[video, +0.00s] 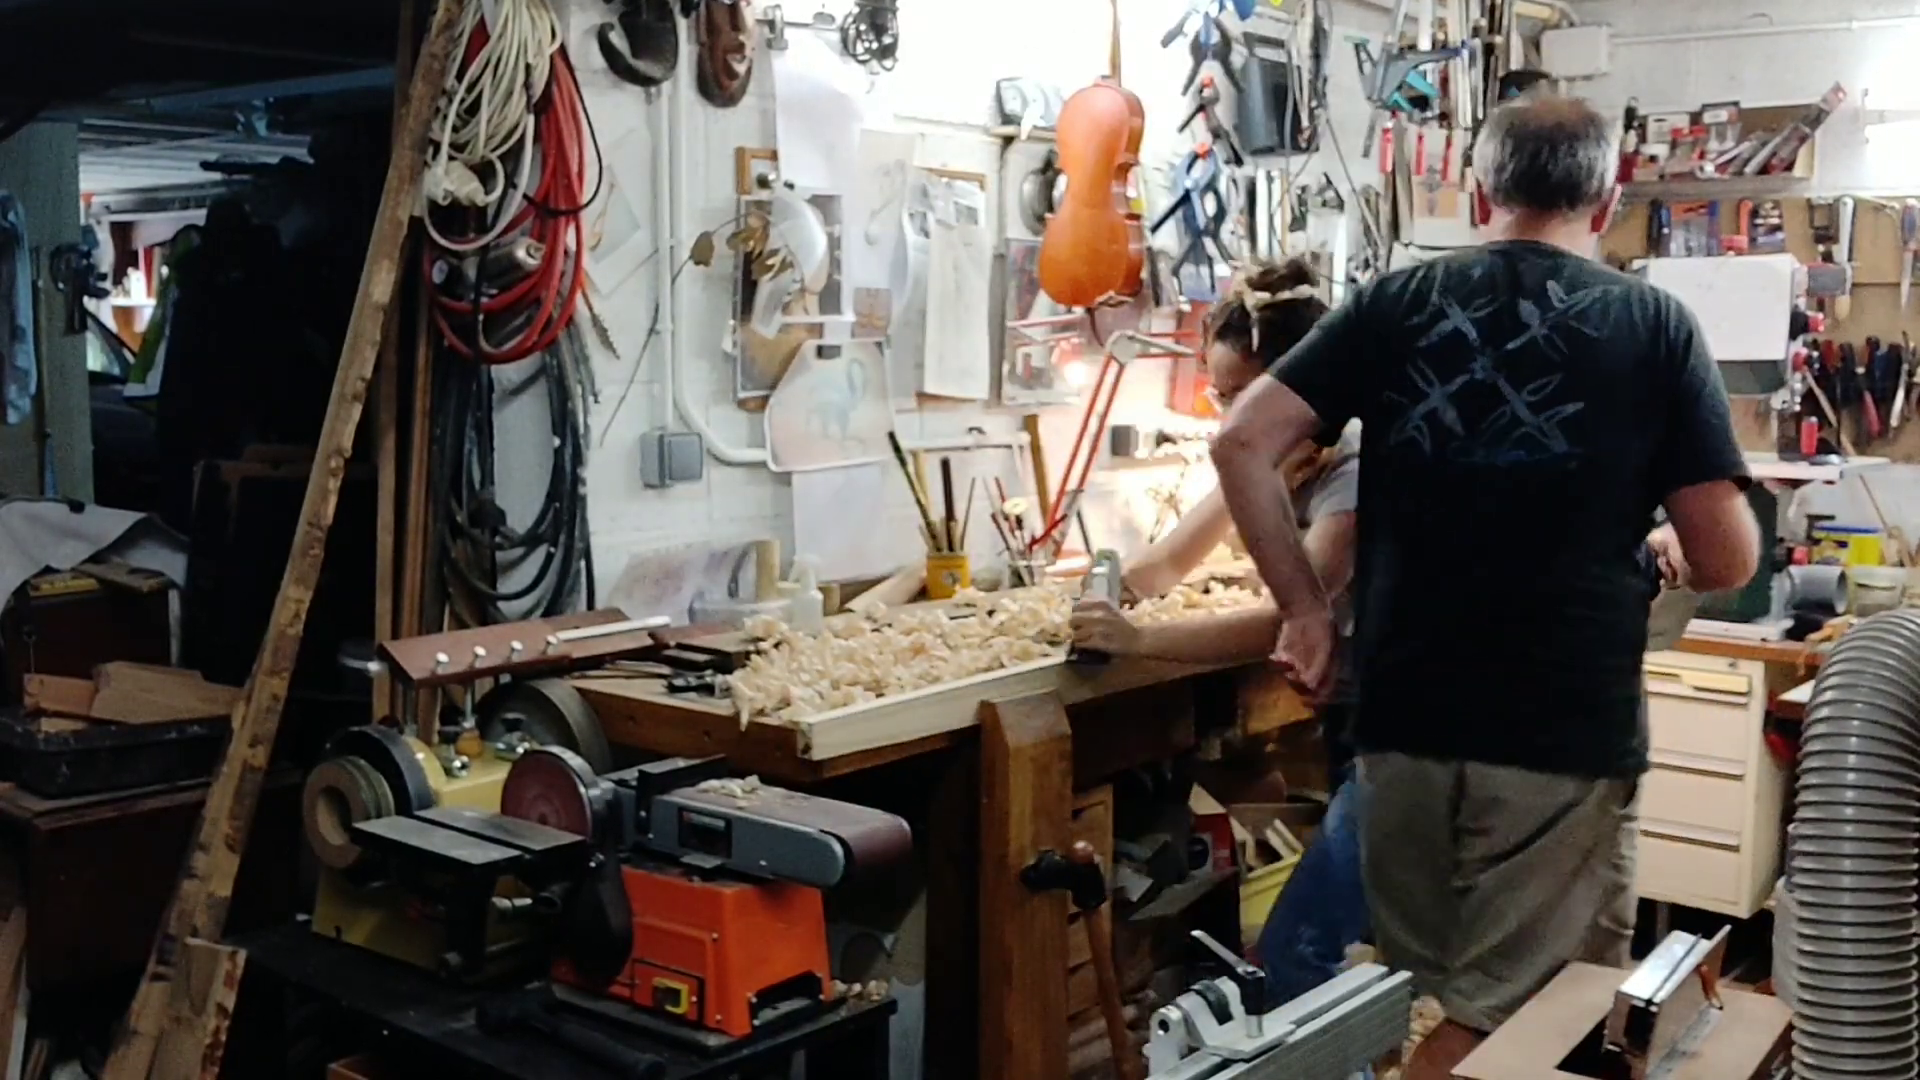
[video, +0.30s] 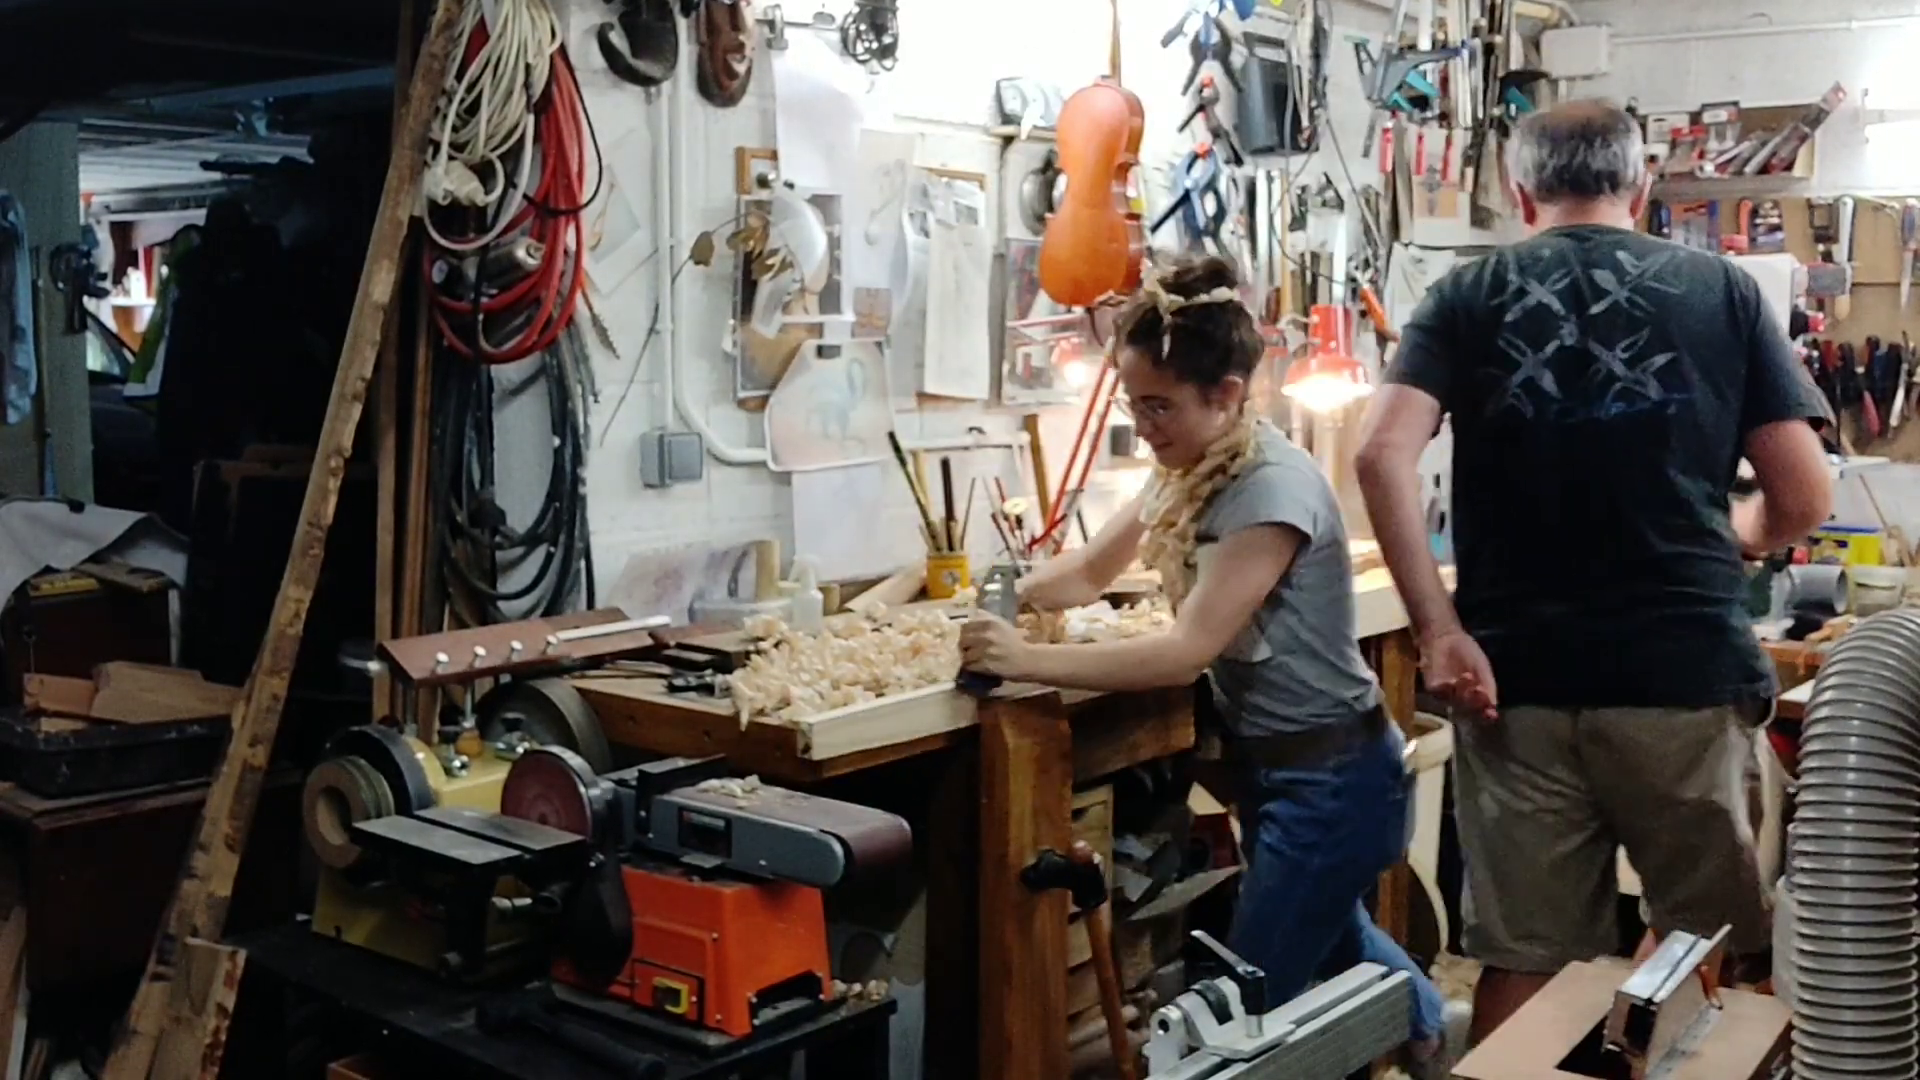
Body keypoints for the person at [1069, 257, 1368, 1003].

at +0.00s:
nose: (1223, 417)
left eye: (1233, 394)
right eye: (1218, 395)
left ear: (1289, 384)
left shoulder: (1355, 475)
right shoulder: (1278, 460)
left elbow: (1298, 617)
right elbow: (1162, 565)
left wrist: (1140, 637)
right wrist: (1099, 597)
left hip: (1402, 753)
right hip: (1357, 741)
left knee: (1293, 955)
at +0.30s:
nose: (1141, 424)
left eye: (1160, 407)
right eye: (1134, 404)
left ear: (1226, 396)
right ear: (1127, 381)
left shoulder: (1274, 491)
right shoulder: (1185, 475)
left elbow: (1188, 650)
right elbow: (1093, 568)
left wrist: (1024, 657)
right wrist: (1015, 589)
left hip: (1329, 779)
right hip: (1270, 768)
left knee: (1260, 993)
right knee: (1332, 938)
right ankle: (1425, 1025)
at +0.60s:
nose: (1050, 410)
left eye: (1066, 390)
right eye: (1041, 389)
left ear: (1138, 375)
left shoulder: (1192, 478)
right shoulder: (1095, 468)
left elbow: (1087, 643)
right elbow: (997, 578)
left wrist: (912, 683)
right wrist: (891, 628)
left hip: (1307, 762)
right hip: (1214, 759)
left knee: (1296, 1012)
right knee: (1179, 999)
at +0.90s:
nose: (1024, 379)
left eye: (1041, 358)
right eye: (1018, 357)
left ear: (1116, 353)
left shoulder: (1162, 468)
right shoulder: (1083, 465)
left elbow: (1042, 630)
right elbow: (974, 590)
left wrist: (864, 659)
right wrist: (859, 617)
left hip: (1285, 769)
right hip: (1191, 764)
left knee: (1209, 1023)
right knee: (1141, 1006)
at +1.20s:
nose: (1092, 330)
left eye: (1096, 307)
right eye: (1090, 308)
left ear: (1142, 312)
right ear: (1211, 309)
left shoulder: (1199, 448)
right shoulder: (1255, 412)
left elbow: (1163, 680)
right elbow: (1234, 601)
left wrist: (1011, 594)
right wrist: (1098, 565)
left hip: (1262, 795)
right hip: (1315, 767)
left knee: (1199, 1046)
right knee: (1162, 1005)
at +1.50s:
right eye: (1351, 284)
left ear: (1228, 299)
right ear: (1349, 299)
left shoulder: (1172, 451)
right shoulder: (1422, 437)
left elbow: (1156, 653)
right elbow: (1473, 638)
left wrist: (1224, 574)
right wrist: (1391, 605)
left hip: (1255, 795)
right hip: (1402, 782)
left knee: (1245, 1051)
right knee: (1364, 1037)